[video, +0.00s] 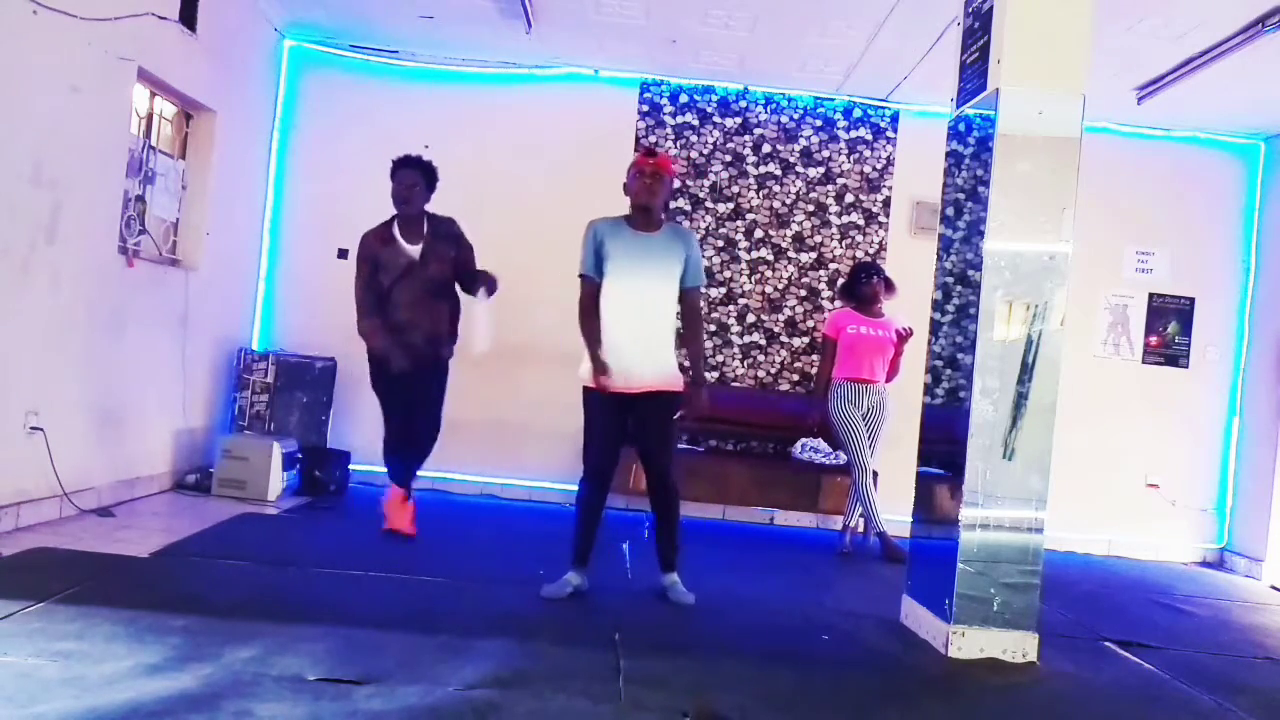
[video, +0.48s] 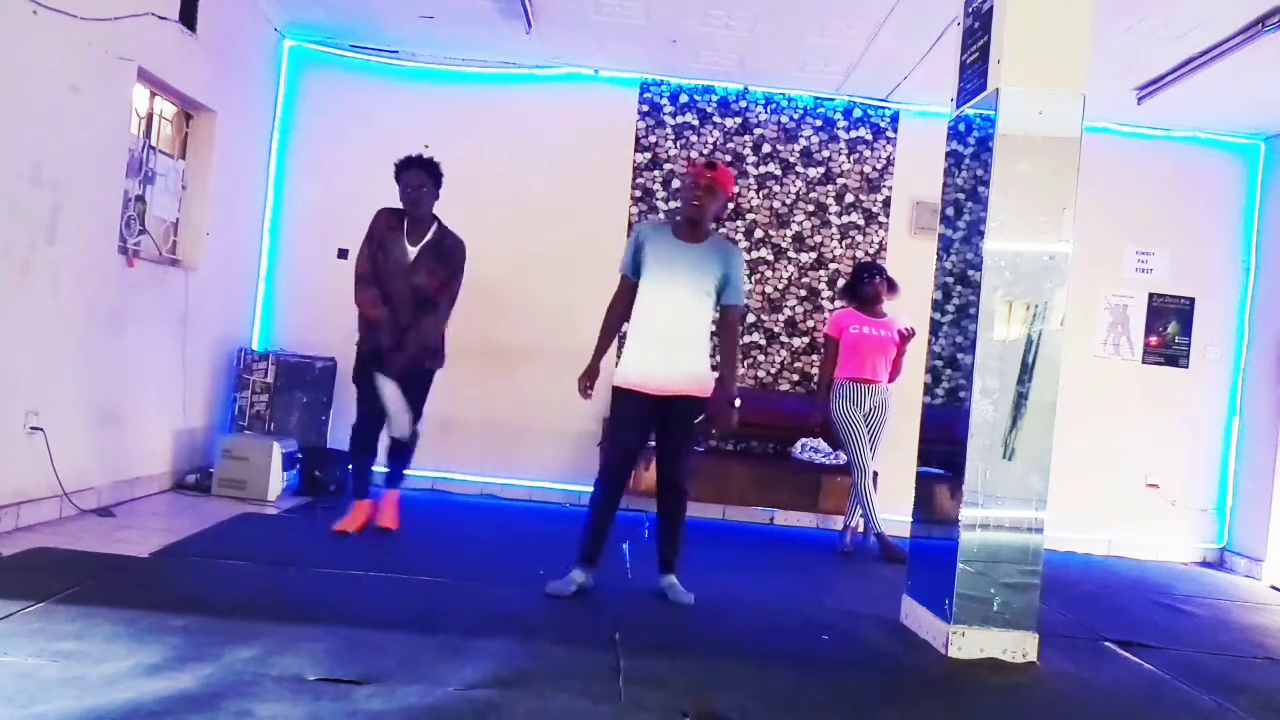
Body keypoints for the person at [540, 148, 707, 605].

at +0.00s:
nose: (644, 183)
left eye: (653, 177)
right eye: (638, 176)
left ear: (669, 189)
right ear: (626, 184)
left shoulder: (684, 241)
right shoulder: (601, 232)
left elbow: (692, 312)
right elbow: (588, 300)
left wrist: (698, 378)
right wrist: (595, 355)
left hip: (660, 385)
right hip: (608, 383)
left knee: (663, 482)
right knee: (595, 479)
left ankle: (670, 574)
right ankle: (577, 570)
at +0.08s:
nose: (644, 183)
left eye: (654, 178)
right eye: (640, 176)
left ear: (674, 189)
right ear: (632, 183)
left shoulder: (689, 244)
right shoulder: (606, 233)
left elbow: (697, 316)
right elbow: (593, 304)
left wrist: (702, 382)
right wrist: (606, 360)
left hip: (664, 385)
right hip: (611, 381)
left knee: (664, 483)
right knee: (598, 478)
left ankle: (668, 574)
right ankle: (577, 571)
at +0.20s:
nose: (659, 186)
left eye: (670, 181)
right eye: (656, 179)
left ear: (687, 193)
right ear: (648, 186)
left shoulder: (702, 249)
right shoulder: (621, 235)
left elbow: (710, 320)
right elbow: (604, 304)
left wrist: (712, 383)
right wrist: (609, 362)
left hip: (673, 387)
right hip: (621, 382)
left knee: (664, 483)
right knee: (603, 478)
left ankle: (666, 574)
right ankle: (578, 570)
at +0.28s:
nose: (674, 189)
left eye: (684, 184)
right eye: (669, 181)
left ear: (699, 196)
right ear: (658, 188)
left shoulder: (709, 250)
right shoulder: (627, 236)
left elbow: (716, 322)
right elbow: (610, 306)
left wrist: (717, 386)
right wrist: (605, 368)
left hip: (678, 387)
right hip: (626, 382)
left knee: (668, 484)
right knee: (606, 479)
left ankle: (668, 574)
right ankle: (578, 571)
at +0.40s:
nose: (688, 195)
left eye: (698, 190)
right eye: (684, 187)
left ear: (715, 203)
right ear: (673, 191)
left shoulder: (723, 255)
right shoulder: (640, 237)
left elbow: (726, 325)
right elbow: (619, 304)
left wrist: (725, 389)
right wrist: (596, 365)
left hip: (685, 388)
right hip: (632, 382)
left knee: (673, 484)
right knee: (610, 477)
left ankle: (668, 574)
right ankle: (580, 570)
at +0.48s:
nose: (695, 195)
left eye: (706, 191)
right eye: (692, 187)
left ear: (724, 206)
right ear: (682, 192)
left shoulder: (728, 256)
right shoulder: (646, 236)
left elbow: (730, 328)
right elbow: (622, 300)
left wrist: (727, 393)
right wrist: (595, 360)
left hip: (688, 388)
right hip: (634, 381)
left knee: (674, 484)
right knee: (611, 477)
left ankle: (668, 574)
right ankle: (584, 569)